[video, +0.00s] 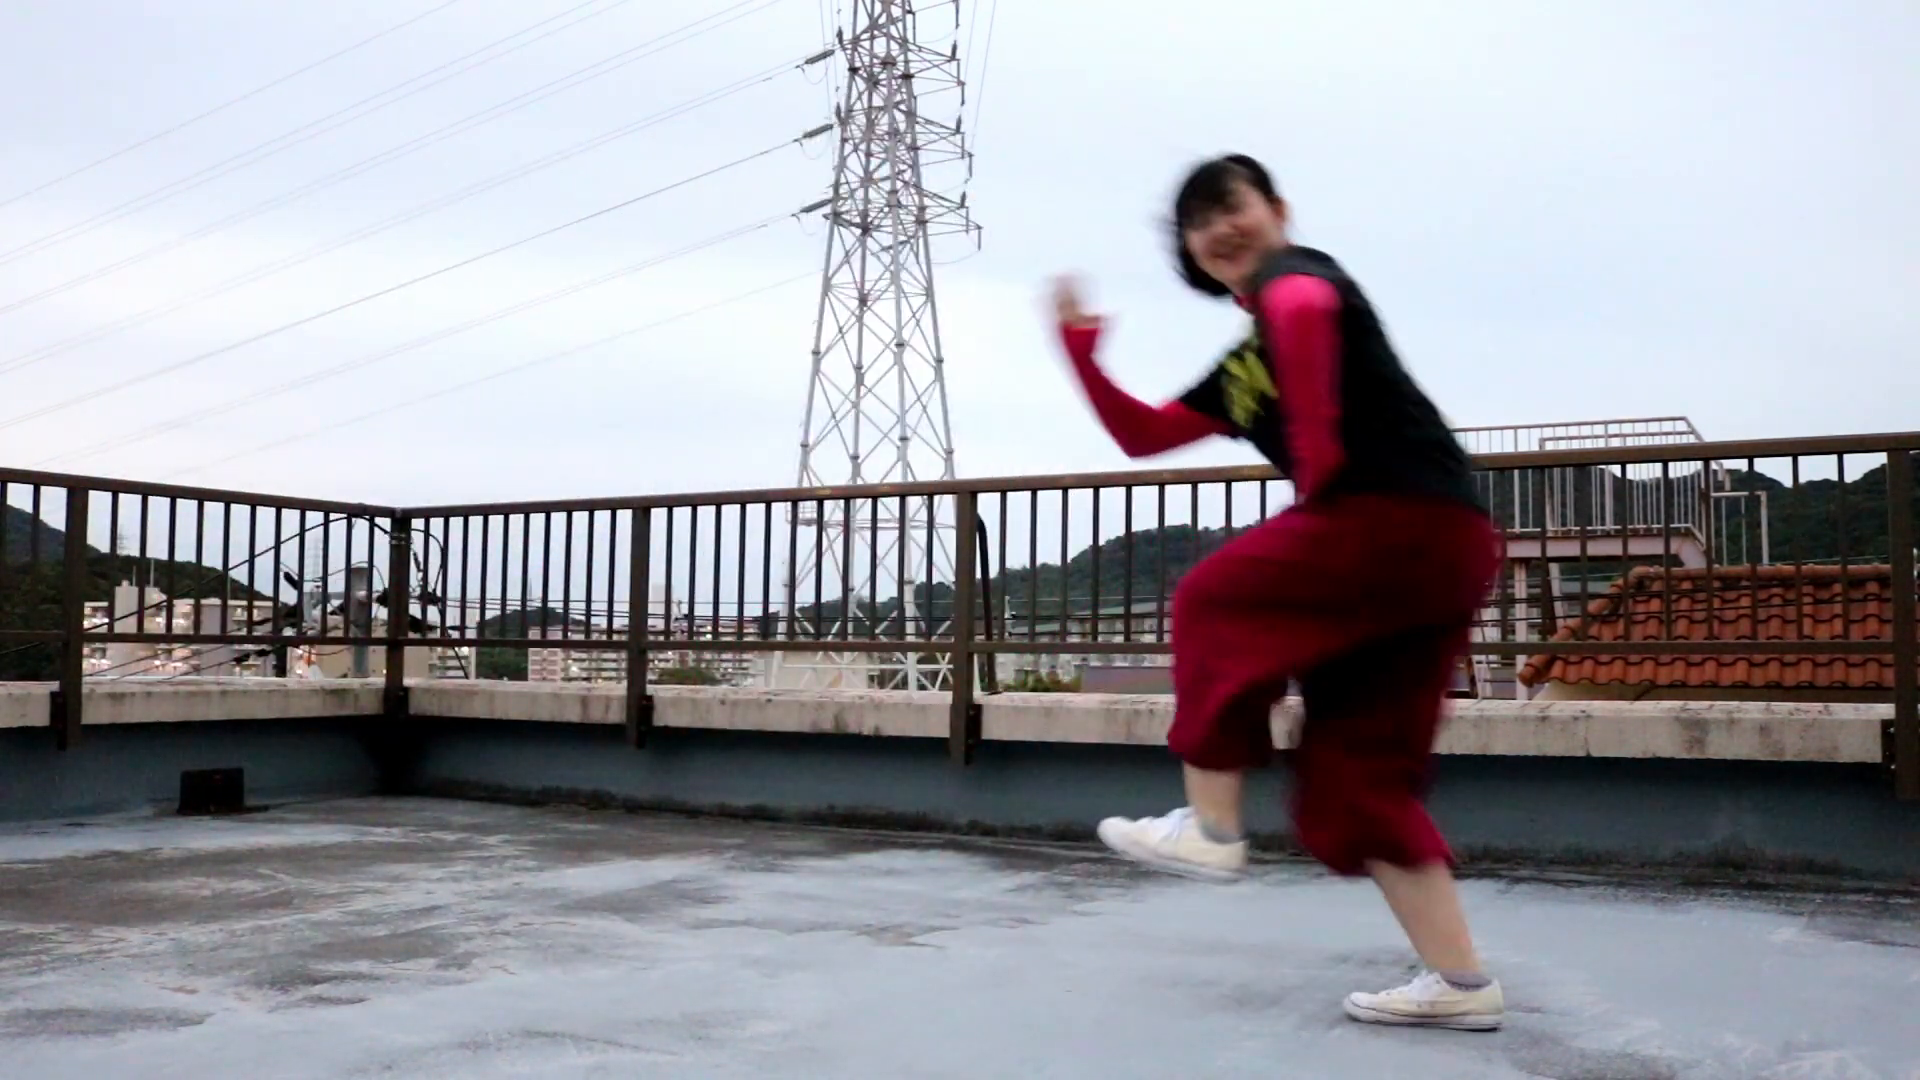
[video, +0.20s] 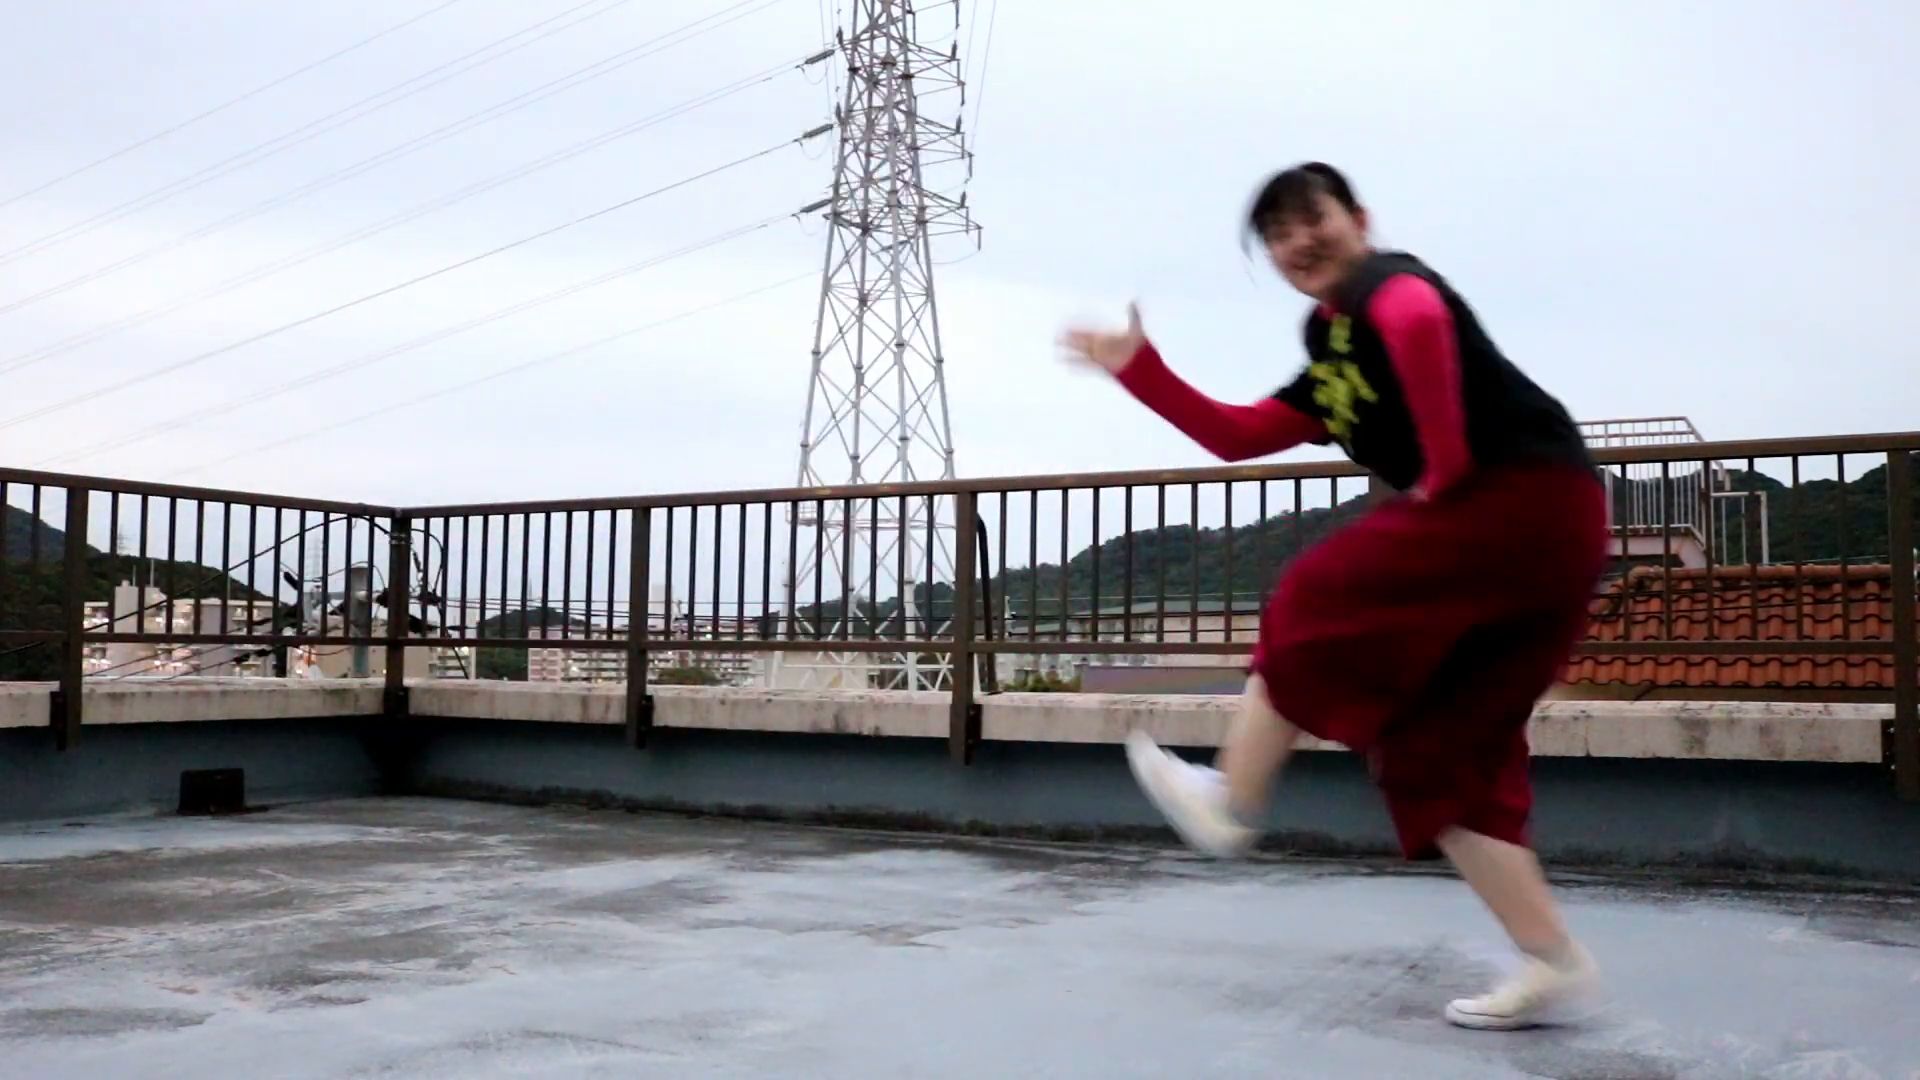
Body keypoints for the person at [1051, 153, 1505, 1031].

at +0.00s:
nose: (1219, 227)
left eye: (1231, 204)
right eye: (1199, 224)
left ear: (1279, 210)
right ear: (1195, 259)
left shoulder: (1298, 279)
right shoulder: (1252, 362)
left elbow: (1302, 319)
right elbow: (1143, 434)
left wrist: (1315, 483)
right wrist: (1079, 350)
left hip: (1399, 525)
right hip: (1434, 545)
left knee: (1209, 597)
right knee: (1355, 767)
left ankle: (1210, 827)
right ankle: (1460, 979)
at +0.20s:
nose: (1300, 239)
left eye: (1315, 218)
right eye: (1280, 232)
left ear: (1359, 222)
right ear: (1269, 256)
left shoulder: (1390, 284)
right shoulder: (1332, 374)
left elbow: (1419, 327)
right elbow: (1237, 437)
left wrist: (1444, 467)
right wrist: (1139, 370)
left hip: (1525, 499)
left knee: (1315, 596)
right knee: (1430, 751)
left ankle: (1232, 803)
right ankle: (1556, 959)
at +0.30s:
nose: (1348, 258)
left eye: (1366, 238)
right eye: (1329, 251)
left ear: (1410, 246)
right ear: (1318, 276)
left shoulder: (1435, 312)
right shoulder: (1380, 395)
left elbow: (1486, 363)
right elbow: (1287, 480)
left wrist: (1493, 508)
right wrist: (1214, 408)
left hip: (1574, 555)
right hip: (1554, 582)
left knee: (1354, 608)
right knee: (1469, 765)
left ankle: (1217, 796)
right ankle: (1569, 982)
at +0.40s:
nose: (1391, 231)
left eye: (1405, 209)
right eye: (1370, 226)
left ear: (1451, 216)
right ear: (1361, 253)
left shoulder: (1476, 290)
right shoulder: (1416, 358)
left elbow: (1539, 354)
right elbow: (1380, 496)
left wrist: (1522, 504)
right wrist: (1307, 500)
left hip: (1585, 548)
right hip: (1561, 566)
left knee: (1367, 632)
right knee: (1498, 754)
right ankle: (1570, 978)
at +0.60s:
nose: (1467, 153)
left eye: (1485, 133)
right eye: (1448, 145)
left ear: (1529, 142)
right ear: (1436, 170)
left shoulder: (1555, 222)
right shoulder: (1473, 260)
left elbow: (1592, 348)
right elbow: (1494, 397)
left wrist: (1527, 491)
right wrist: (1476, 513)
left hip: (1573, 523)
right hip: (1519, 527)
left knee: (1514, 718)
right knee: (1516, 722)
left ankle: (1605, 981)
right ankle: (1570, 964)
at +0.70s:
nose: (1485, 147)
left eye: (1504, 128)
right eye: (1467, 138)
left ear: (1547, 141)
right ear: (1453, 166)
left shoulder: (1566, 225)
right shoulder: (1495, 262)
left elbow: (1603, 357)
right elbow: (1508, 404)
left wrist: (1537, 501)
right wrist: (1486, 520)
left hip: (1582, 522)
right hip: (1523, 527)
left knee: (1553, 720)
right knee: (1510, 721)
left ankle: (1610, 985)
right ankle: (1568, 964)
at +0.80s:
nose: (1489, 148)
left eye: (1508, 129)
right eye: (1471, 139)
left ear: (1552, 141)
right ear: (1458, 167)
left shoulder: (1575, 221)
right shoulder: (1494, 271)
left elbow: (1613, 347)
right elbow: (1505, 407)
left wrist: (1558, 493)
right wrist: (1486, 518)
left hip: (1591, 519)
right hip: (1526, 525)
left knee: (1560, 719)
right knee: (1515, 721)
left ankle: (1612, 984)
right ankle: (1568, 965)